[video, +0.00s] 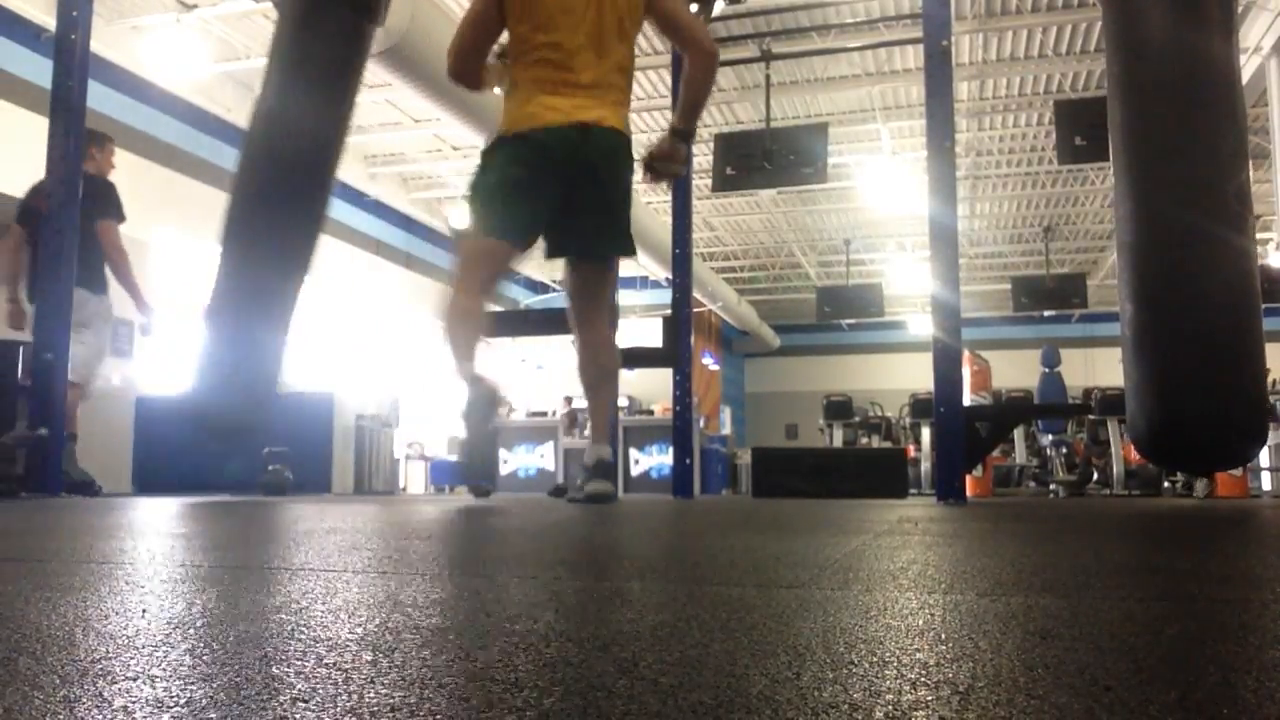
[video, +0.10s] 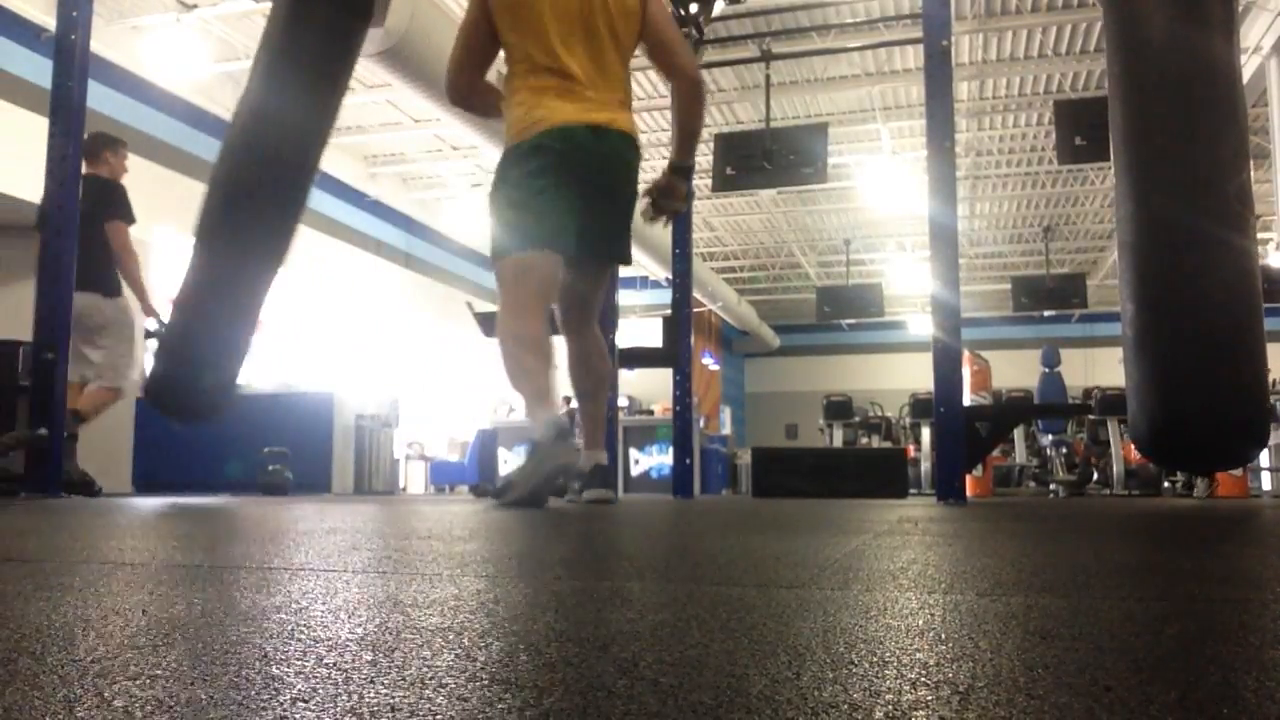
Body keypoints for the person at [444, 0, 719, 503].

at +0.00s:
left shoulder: (509, 0)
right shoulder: (638, 1)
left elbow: (463, 68)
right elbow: (704, 50)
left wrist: (502, 70)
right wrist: (680, 136)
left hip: (527, 143)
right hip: (604, 146)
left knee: (468, 291)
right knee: (595, 318)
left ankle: (470, 385)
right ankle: (602, 463)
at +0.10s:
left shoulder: (499, 3)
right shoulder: (636, 2)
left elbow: (462, 85)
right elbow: (689, 77)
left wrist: (528, 103)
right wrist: (680, 169)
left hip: (538, 142)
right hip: (614, 143)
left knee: (522, 312)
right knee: (584, 320)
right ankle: (596, 466)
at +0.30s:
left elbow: (467, 25)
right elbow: (700, 4)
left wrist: (530, 76)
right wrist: (683, 91)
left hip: (555, 75)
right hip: (641, 75)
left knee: (542, 260)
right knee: (632, 269)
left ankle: (552, 430)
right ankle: (647, 435)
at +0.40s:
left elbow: (475, 35)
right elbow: (729, 2)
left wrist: (541, 81)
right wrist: (706, 73)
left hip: (557, 82)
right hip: (645, 75)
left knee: (557, 271)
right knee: (651, 272)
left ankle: (589, 416)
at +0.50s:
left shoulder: (511, 2)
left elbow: (492, 68)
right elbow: (744, 4)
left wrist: (553, 120)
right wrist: (705, 94)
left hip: (567, 101)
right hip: (653, 94)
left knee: (557, 294)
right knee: (689, 299)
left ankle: (601, 438)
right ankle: (754, 419)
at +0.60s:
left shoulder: (521, 3)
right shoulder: (670, 5)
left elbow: (499, 90)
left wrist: (550, 151)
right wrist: (662, 147)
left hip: (570, 119)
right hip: (663, 113)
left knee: (513, 303)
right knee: (712, 307)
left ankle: (571, 395)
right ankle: (758, 446)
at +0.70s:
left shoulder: (514, 0)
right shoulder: (645, 4)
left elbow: (453, 60)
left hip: (561, 119)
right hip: (649, 111)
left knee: (494, 285)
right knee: (702, 297)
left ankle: (527, 432)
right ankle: (756, 443)